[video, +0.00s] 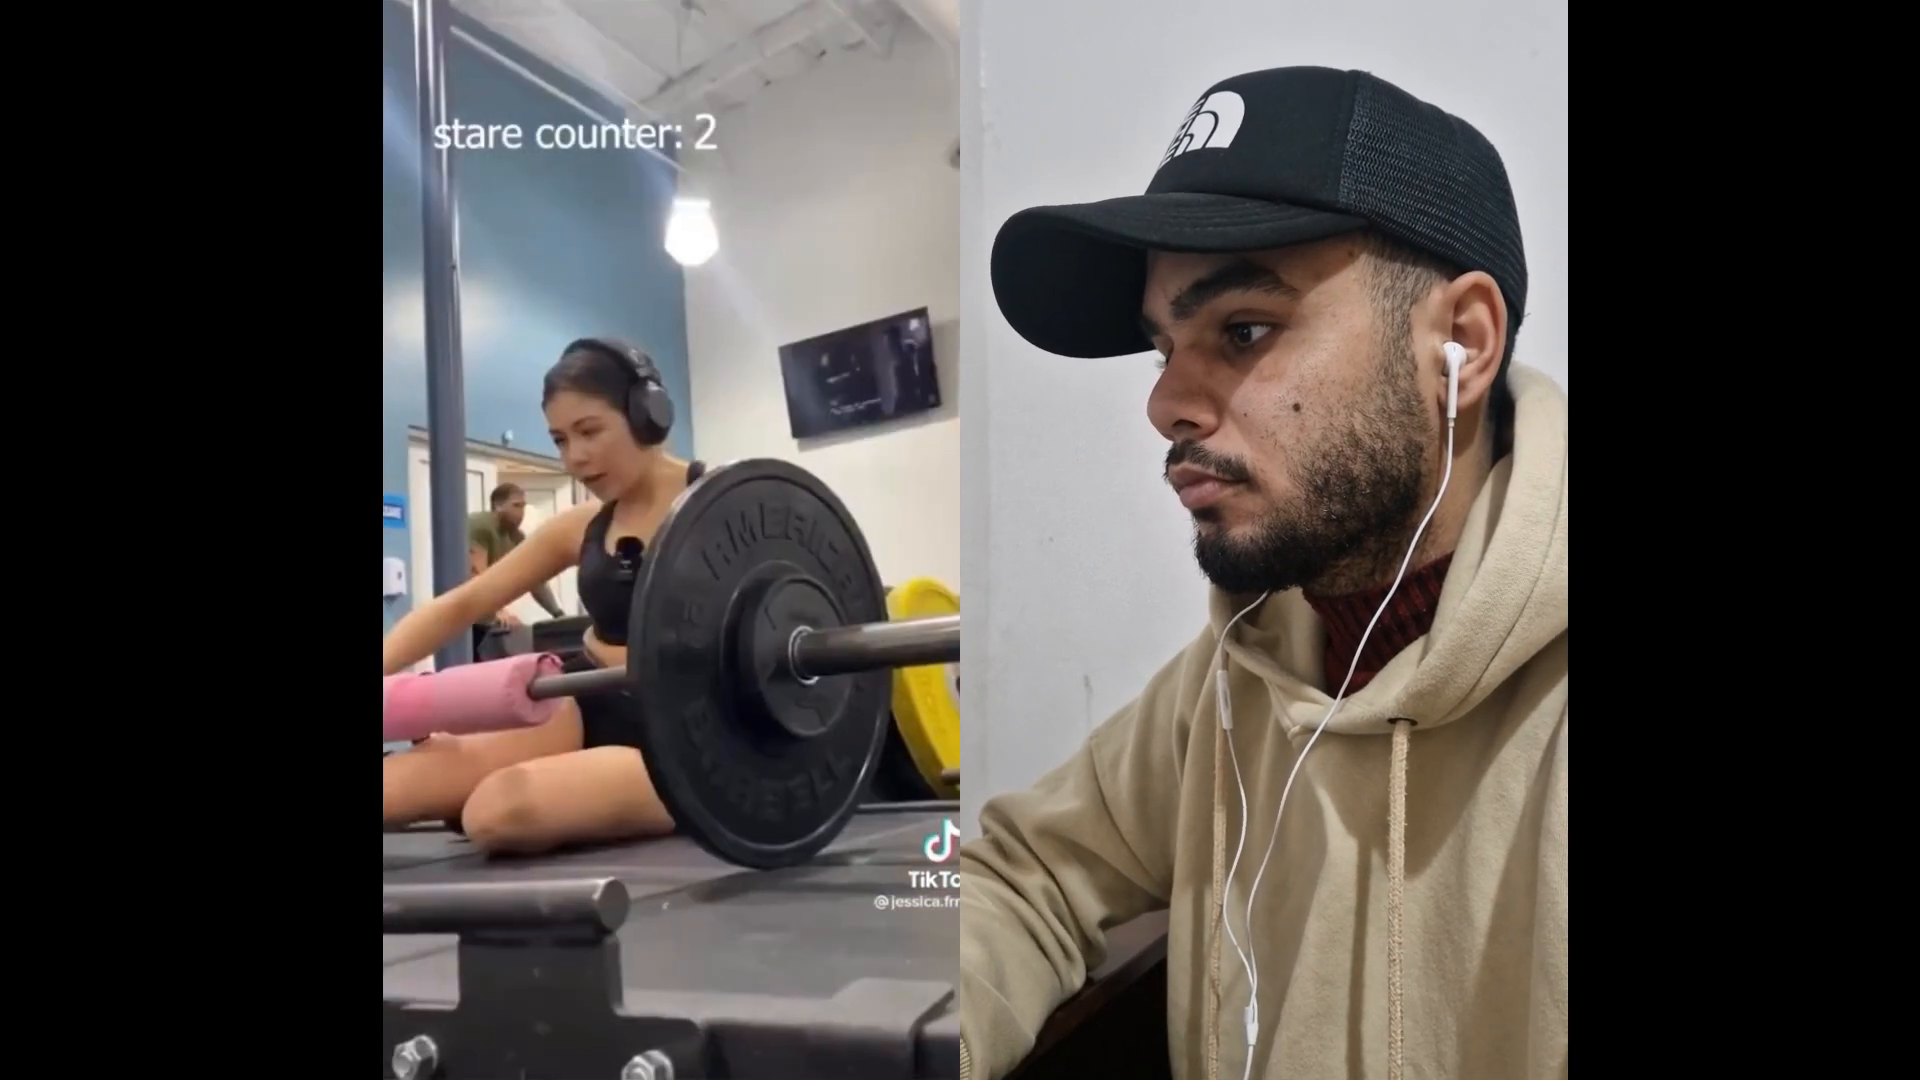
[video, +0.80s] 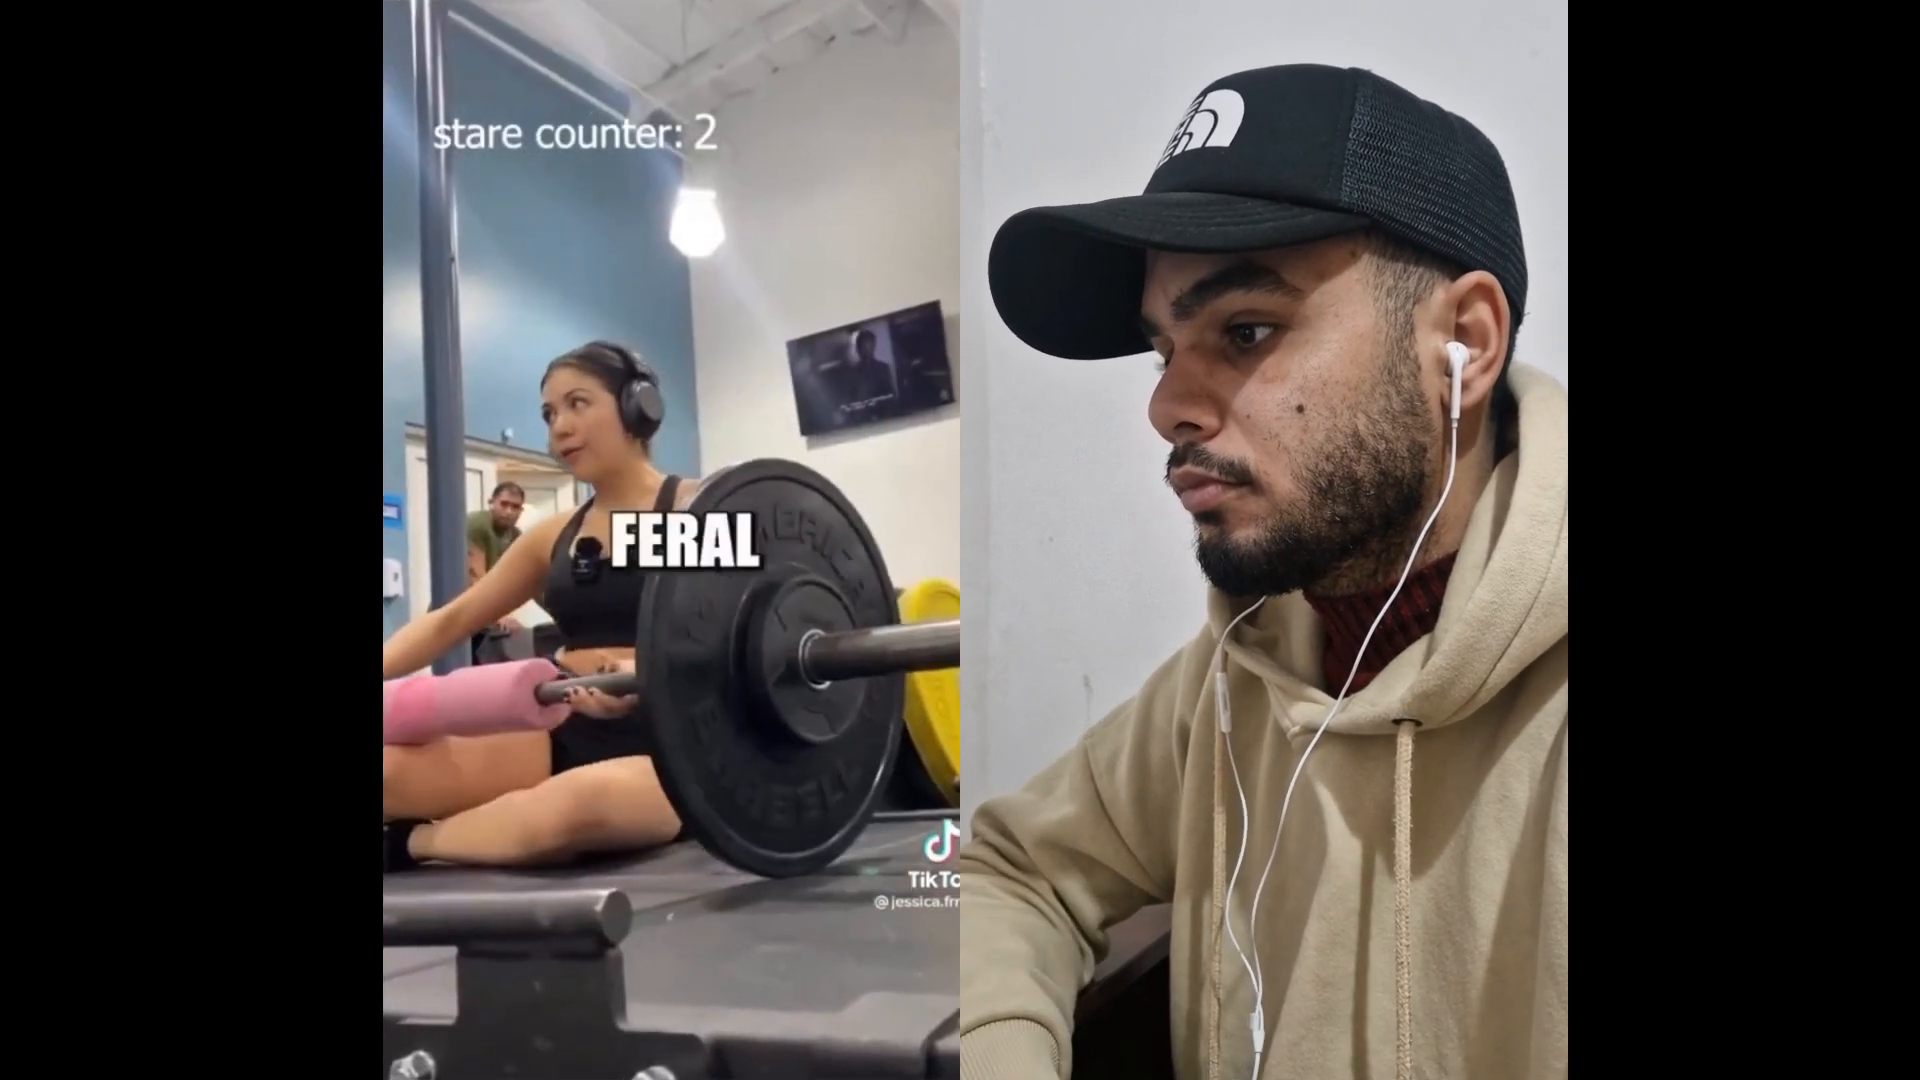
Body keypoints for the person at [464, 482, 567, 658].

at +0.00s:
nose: (521, 512)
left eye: (523, 506)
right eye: (516, 506)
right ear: (498, 506)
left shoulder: (517, 538)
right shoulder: (480, 527)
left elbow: (536, 582)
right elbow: (477, 575)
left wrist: (558, 614)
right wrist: (499, 610)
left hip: (486, 617)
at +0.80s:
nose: (509, 511)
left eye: (515, 507)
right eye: (504, 504)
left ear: (521, 510)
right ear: (491, 503)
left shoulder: (517, 536)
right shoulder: (476, 525)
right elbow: (476, 574)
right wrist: (499, 613)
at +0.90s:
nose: (508, 511)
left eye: (515, 507)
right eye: (503, 504)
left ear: (521, 510)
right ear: (492, 503)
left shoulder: (516, 536)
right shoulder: (477, 524)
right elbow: (476, 572)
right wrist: (499, 613)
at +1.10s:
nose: (509, 512)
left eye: (516, 507)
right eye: (504, 504)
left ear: (524, 509)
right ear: (495, 502)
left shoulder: (520, 537)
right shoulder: (478, 525)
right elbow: (476, 575)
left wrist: (507, 614)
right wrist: (500, 616)